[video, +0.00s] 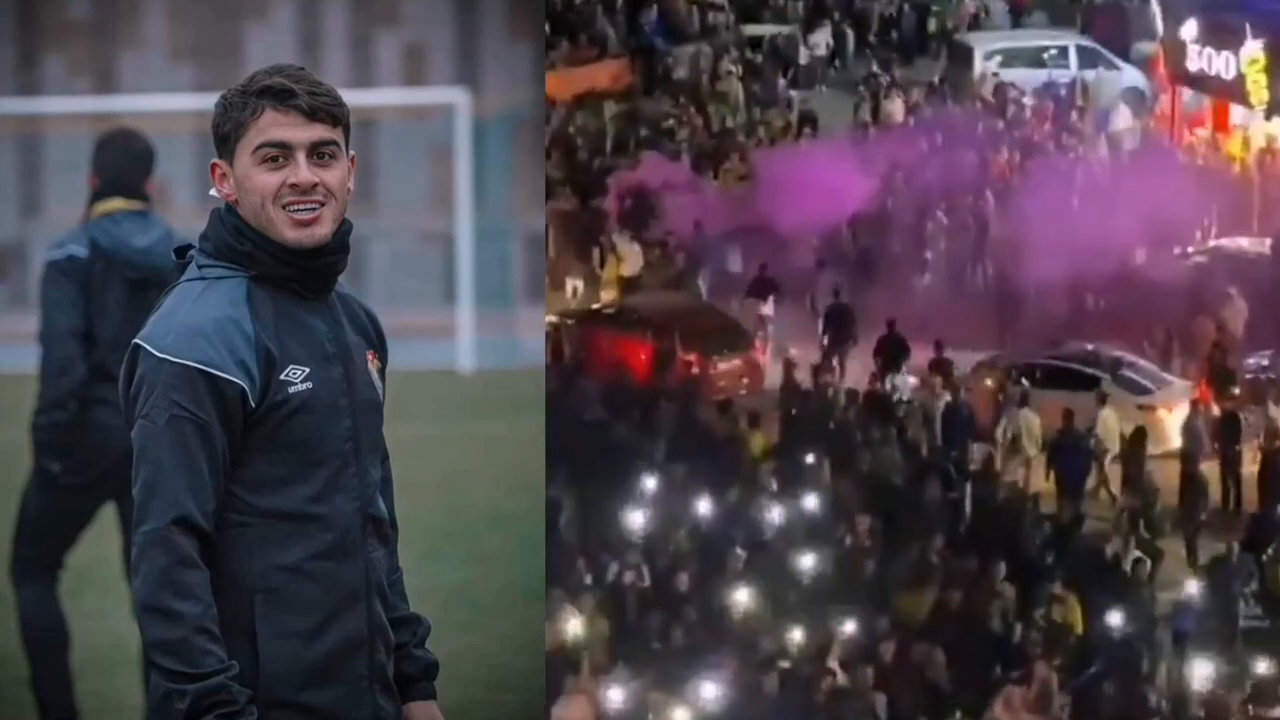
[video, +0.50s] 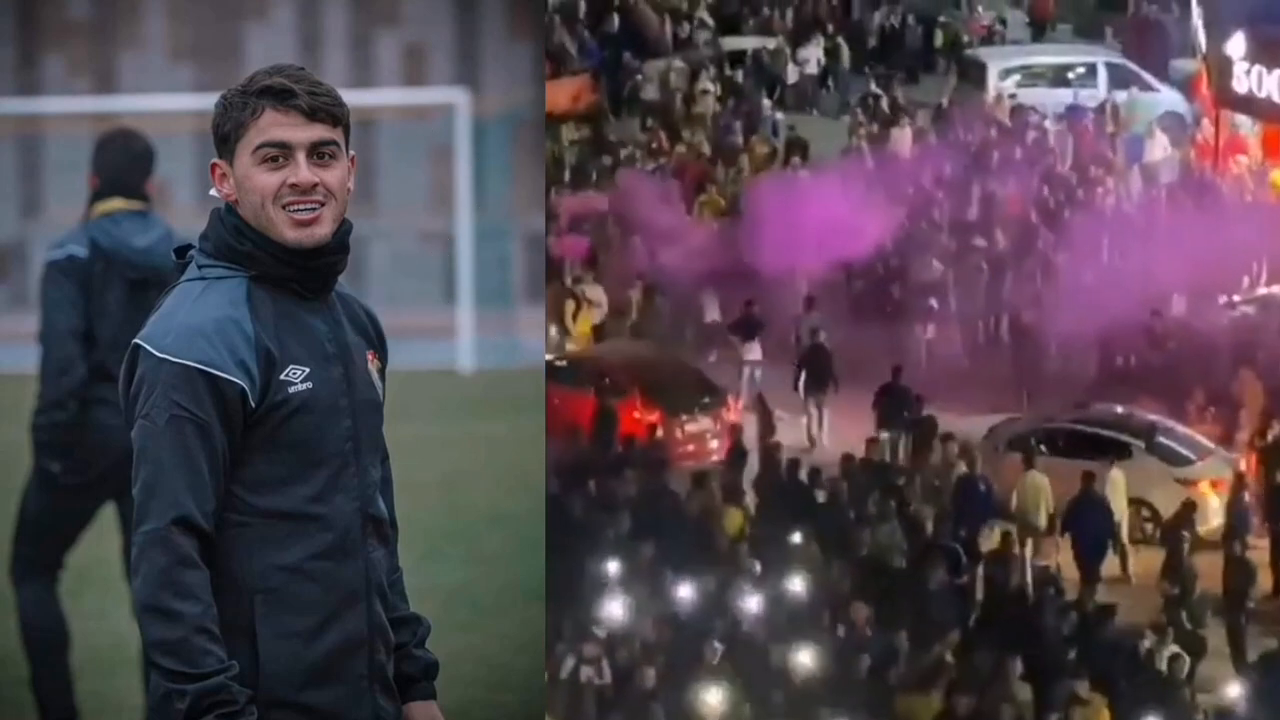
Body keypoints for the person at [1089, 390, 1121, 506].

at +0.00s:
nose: (1096, 400)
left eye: (1097, 398)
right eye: (1096, 398)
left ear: (1100, 399)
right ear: (1106, 399)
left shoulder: (1102, 414)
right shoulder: (1112, 412)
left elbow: (1099, 432)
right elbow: (1118, 429)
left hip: (1104, 447)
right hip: (1113, 446)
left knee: (1102, 471)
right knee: (1101, 470)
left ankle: (1112, 496)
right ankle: (1094, 491)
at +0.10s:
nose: (1098, 411)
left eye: (1100, 409)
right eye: (1100, 408)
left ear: (1102, 410)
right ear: (1109, 410)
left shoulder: (1105, 424)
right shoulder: (1115, 423)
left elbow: (1101, 443)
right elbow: (1118, 442)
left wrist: (1097, 456)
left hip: (1109, 459)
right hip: (1116, 458)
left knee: (1102, 482)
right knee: (1104, 482)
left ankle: (1111, 504)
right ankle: (1100, 505)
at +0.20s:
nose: (1103, 426)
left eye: (1104, 423)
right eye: (1104, 423)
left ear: (1106, 425)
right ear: (1114, 424)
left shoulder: (1109, 438)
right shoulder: (1118, 436)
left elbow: (1106, 456)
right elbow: (1121, 453)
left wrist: (1110, 468)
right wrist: (1118, 466)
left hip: (1113, 471)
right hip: (1120, 469)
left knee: (1106, 493)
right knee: (1115, 494)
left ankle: (1111, 518)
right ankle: (1114, 519)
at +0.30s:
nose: (1103, 439)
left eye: (1105, 437)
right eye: (1104, 436)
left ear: (1108, 438)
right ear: (1115, 437)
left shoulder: (1111, 451)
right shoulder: (1119, 449)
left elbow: (1108, 470)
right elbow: (1123, 468)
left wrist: (1111, 482)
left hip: (1114, 487)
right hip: (1121, 486)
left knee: (1113, 512)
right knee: (1118, 512)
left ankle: (1113, 537)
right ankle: (1117, 536)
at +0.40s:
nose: (1105, 456)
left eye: (1106, 454)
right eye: (1106, 454)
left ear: (1108, 454)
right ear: (1113, 453)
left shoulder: (1113, 465)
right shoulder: (1120, 464)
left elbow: (1109, 486)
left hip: (1117, 504)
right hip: (1122, 502)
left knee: (1119, 532)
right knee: (1121, 531)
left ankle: (1121, 560)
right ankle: (1122, 558)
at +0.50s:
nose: (1102, 464)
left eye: (1104, 461)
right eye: (1103, 461)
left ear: (1108, 462)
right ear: (1115, 461)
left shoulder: (1111, 475)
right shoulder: (1119, 473)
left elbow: (1109, 495)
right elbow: (1121, 494)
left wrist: (1109, 514)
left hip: (1116, 513)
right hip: (1122, 511)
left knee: (1121, 541)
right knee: (1123, 541)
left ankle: (1126, 572)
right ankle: (1126, 571)